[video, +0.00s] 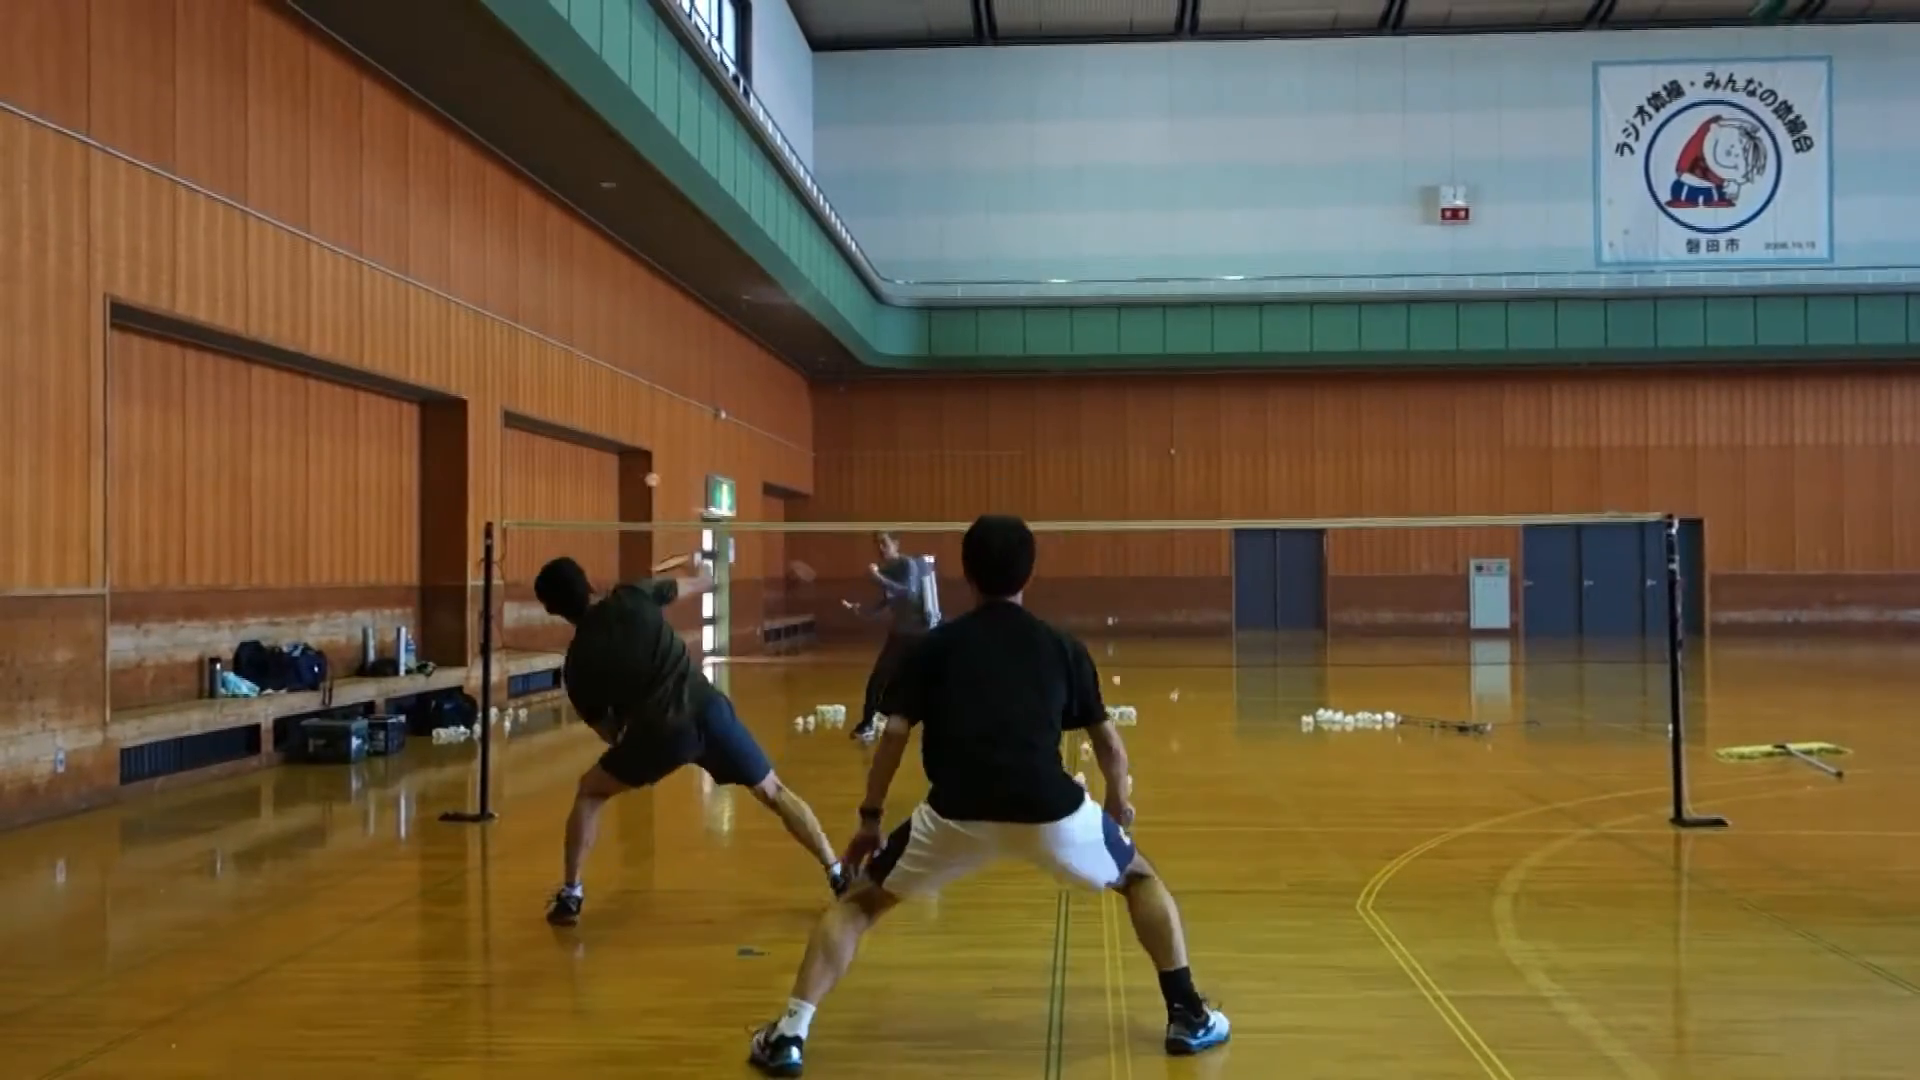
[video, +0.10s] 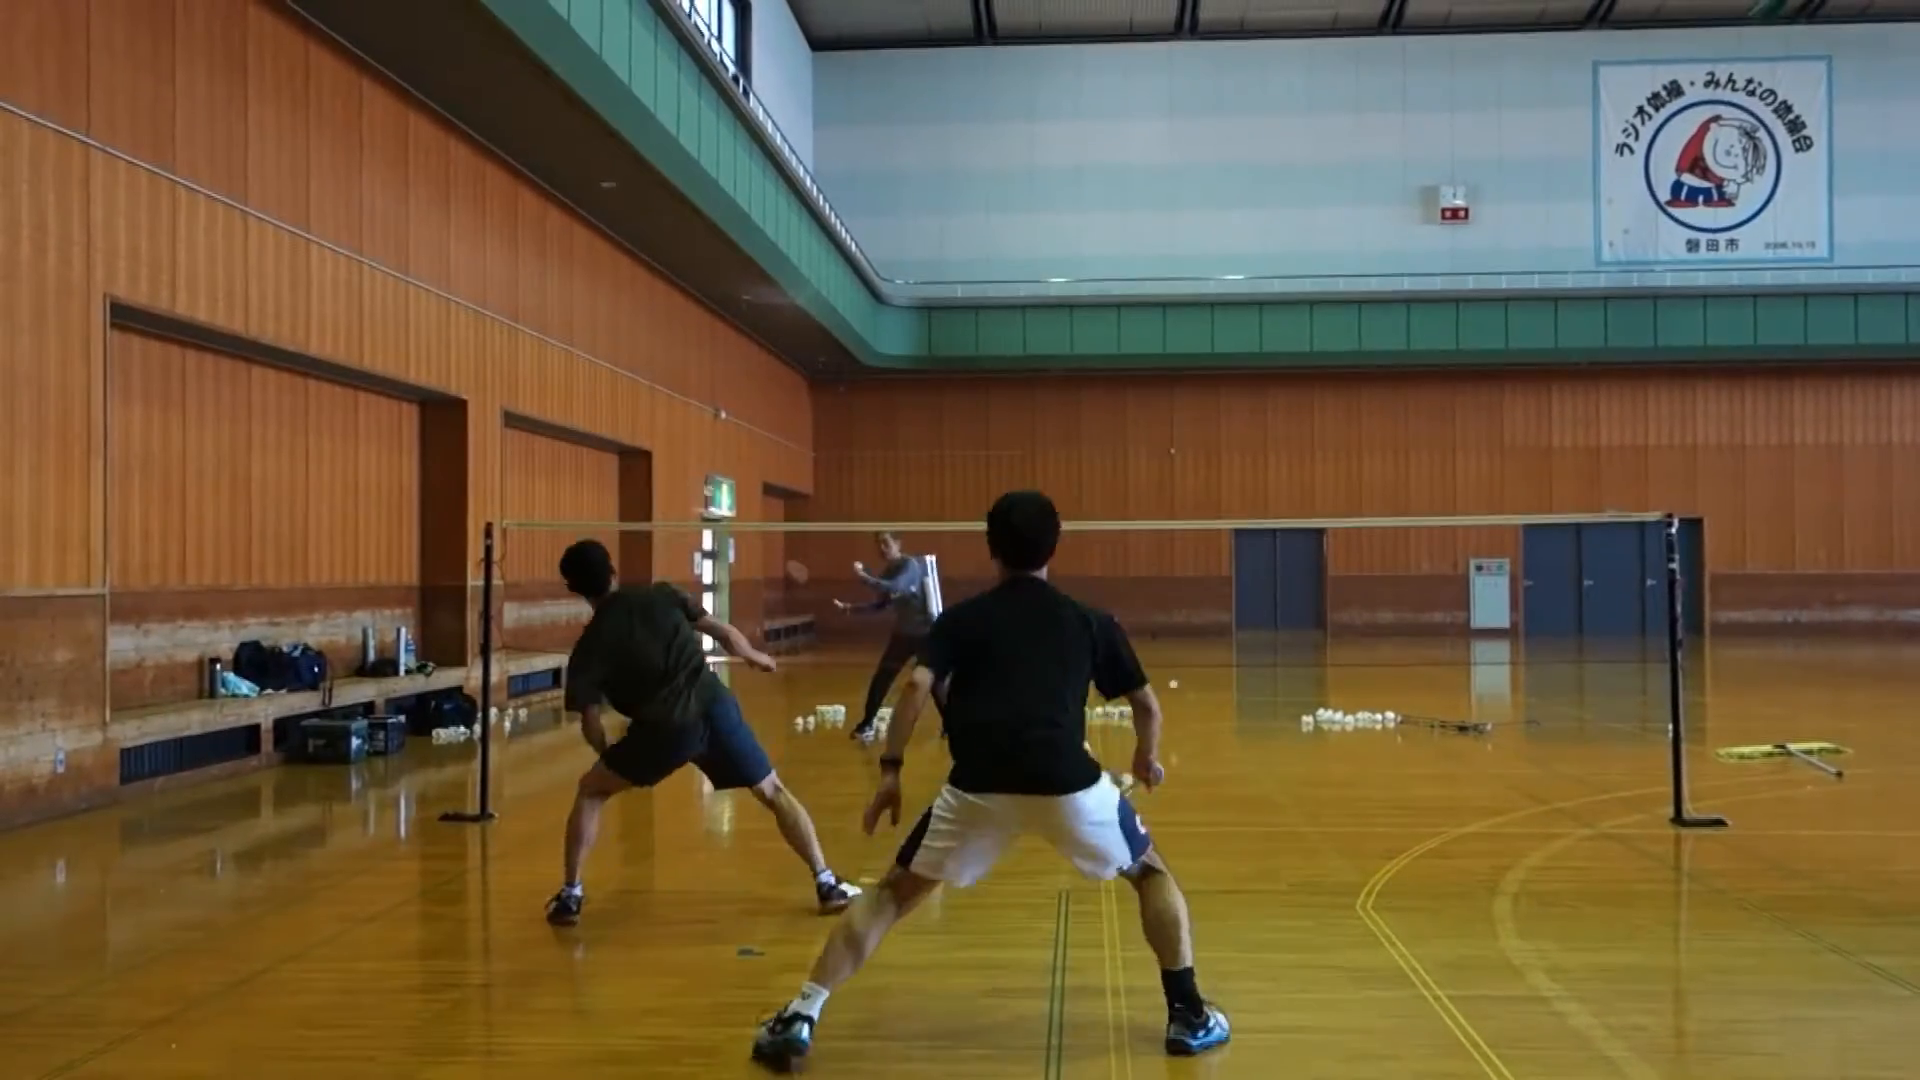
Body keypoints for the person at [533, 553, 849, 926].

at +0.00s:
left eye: (550, 606)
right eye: (584, 577)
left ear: (555, 612)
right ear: (587, 583)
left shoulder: (578, 666)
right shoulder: (634, 595)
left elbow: (608, 730)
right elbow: (700, 584)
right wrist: (695, 567)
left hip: (660, 734)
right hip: (708, 710)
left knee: (591, 792)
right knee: (775, 791)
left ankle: (571, 891)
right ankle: (837, 872)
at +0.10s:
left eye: (571, 582)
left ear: (574, 589)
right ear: (613, 571)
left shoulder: (588, 649)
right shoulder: (661, 595)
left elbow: (592, 725)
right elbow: (720, 629)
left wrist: (613, 758)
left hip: (664, 733)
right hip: (718, 711)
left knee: (591, 790)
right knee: (774, 793)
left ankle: (570, 894)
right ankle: (826, 880)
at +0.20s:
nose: (618, 561)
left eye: (619, 554)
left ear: (622, 557)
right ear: (663, 546)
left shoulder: (627, 613)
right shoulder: (706, 578)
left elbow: (607, 675)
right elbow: (742, 625)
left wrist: (603, 728)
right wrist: (777, 670)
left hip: (680, 722)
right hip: (738, 703)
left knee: (623, 795)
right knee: (801, 773)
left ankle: (578, 884)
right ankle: (825, 872)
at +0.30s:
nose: (723, 535)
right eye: (722, 529)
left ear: (680, 542)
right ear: (721, 534)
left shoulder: (670, 595)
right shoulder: (754, 574)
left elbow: (650, 663)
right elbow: (786, 627)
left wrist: (647, 710)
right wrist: (815, 677)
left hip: (705, 711)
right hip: (764, 702)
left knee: (665, 780)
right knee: (837, 766)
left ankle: (639, 868)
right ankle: (864, 860)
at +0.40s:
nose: (774, 542)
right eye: (772, 536)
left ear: (730, 546)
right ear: (771, 541)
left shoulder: (713, 601)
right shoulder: (800, 586)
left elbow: (689, 666)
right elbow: (827, 645)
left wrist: (692, 710)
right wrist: (857, 686)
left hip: (741, 718)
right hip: (798, 711)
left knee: (702, 796)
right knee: (865, 788)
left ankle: (666, 883)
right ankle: (884, 884)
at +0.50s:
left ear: (770, 546)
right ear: (811, 542)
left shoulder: (759, 599)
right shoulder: (837, 585)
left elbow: (729, 669)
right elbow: (862, 642)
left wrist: (736, 722)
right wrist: (888, 694)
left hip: (778, 714)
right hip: (832, 708)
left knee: (739, 781)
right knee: (912, 761)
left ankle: (703, 862)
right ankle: (927, 853)